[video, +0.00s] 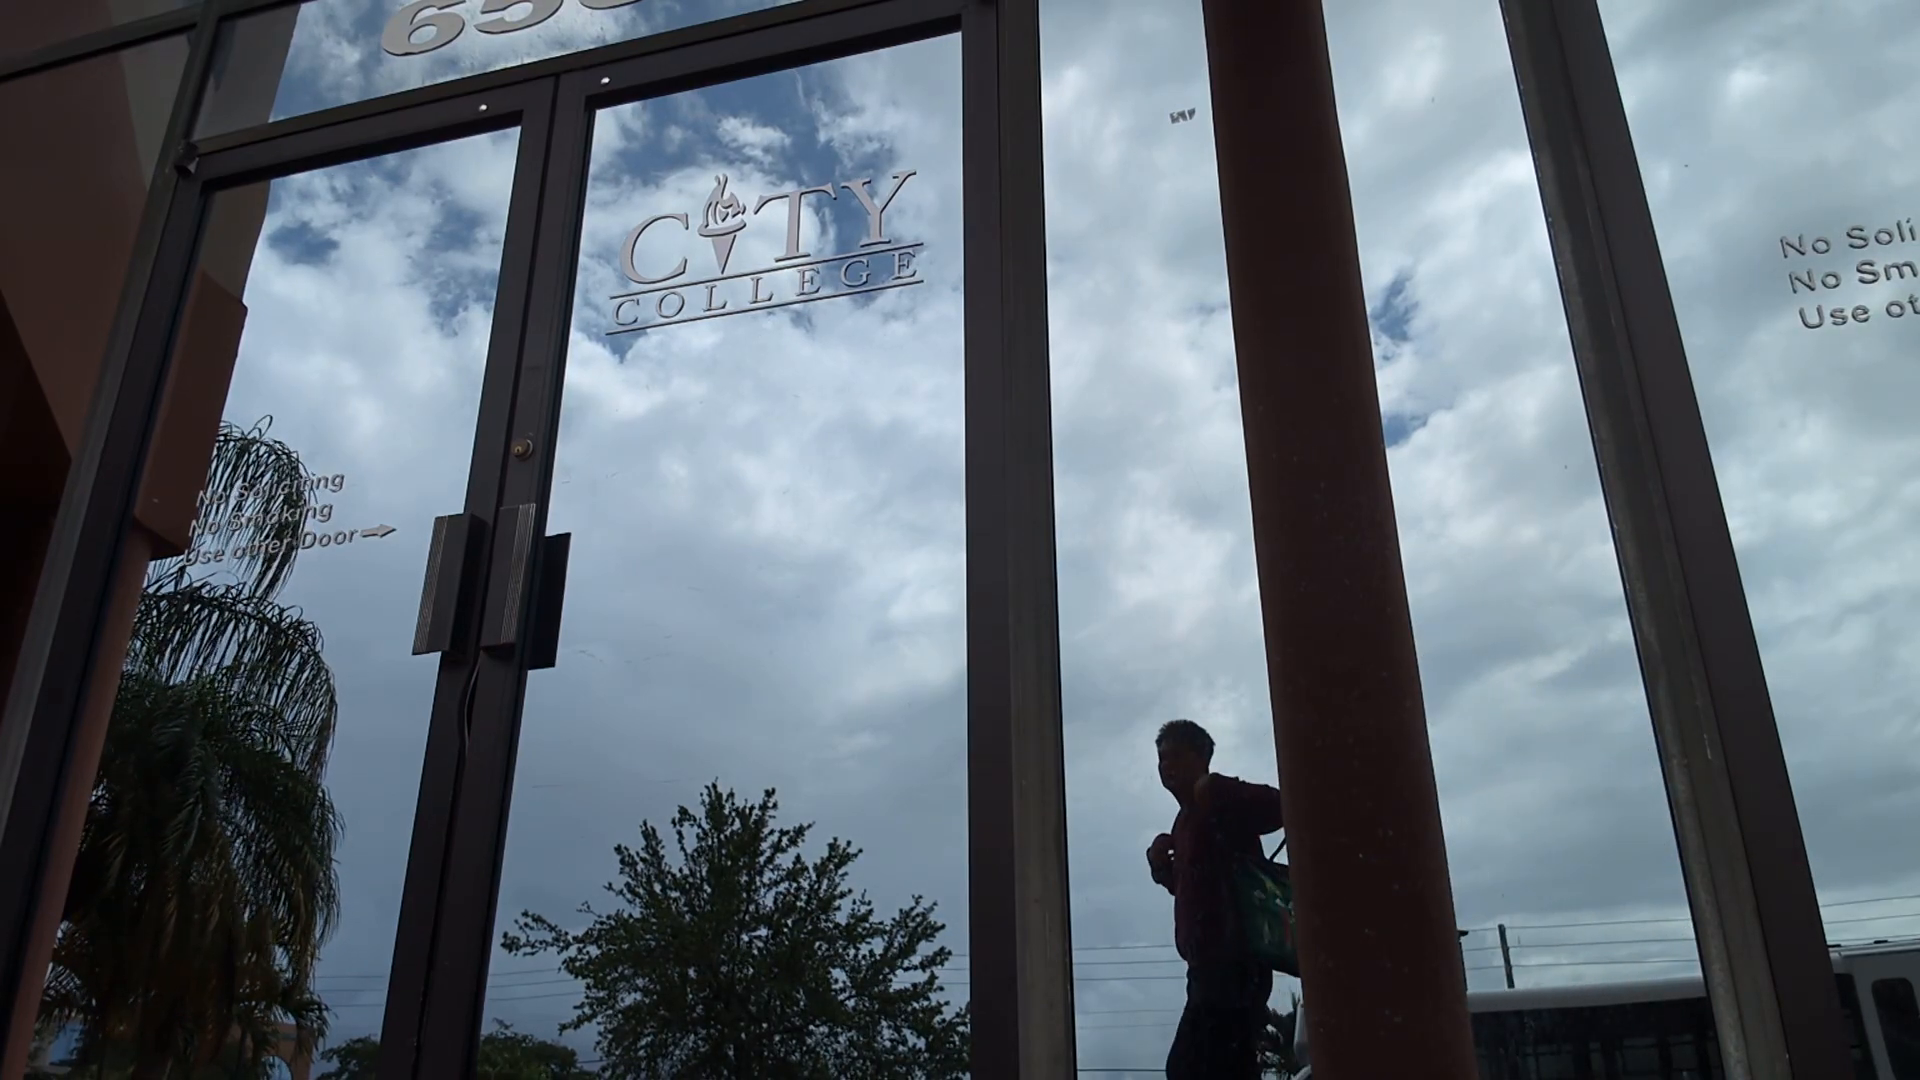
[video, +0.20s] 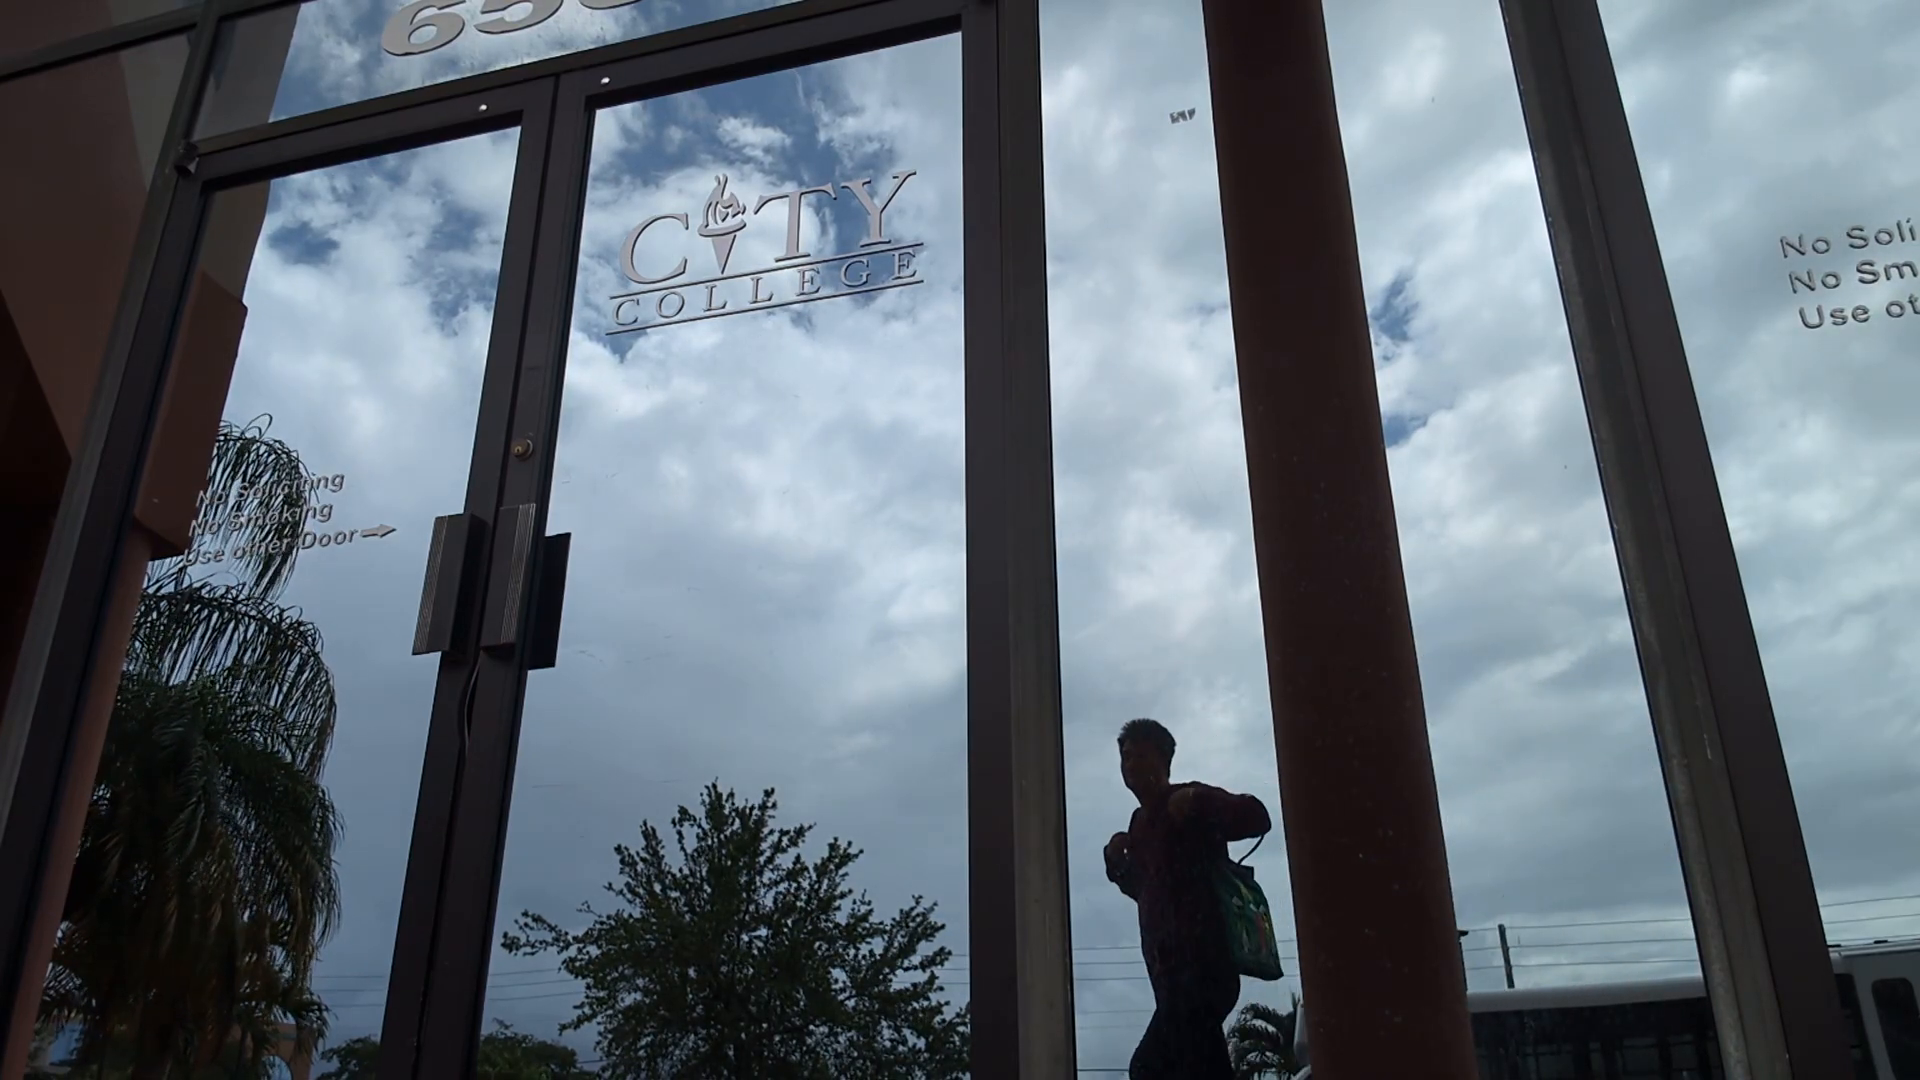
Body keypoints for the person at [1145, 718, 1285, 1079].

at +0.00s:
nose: (1164, 765)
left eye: (1174, 755)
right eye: (1161, 757)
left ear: (1202, 758)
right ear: (1158, 763)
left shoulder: (1223, 801)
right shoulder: (1184, 821)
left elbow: (1282, 808)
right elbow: (1193, 887)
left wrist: (1222, 786)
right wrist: (1162, 868)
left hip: (1236, 967)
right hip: (1208, 967)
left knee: (1185, 1066)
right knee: (1231, 1069)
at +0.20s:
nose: (1128, 766)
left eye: (1138, 756)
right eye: (1124, 757)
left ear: (1164, 759)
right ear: (1121, 763)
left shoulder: (1191, 800)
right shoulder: (1139, 822)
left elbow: (1259, 819)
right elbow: (1142, 890)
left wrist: (1200, 801)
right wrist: (1116, 862)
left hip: (1207, 971)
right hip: (1169, 973)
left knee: (1147, 1066)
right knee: (1210, 1072)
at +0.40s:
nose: (1093, 756)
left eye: (1103, 747)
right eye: (1088, 748)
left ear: (1127, 752)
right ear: (1084, 754)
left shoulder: (1155, 793)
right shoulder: (1095, 815)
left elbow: (1221, 821)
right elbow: (1099, 883)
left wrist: (1163, 802)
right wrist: (1073, 854)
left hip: (1167, 958)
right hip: (1125, 960)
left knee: (1121, 1061)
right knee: (1154, 1062)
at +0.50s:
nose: (1080, 747)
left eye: (1090, 738)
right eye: (1074, 738)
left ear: (1112, 743)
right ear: (1068, 743)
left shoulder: (1137, 786)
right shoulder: (1075, 807)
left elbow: (1204, 815)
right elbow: (1066, 875)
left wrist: (1146, 798)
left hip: (1148, 959)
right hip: (1104, 959)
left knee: (1118, 1061)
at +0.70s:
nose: (1060, 740)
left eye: (1068, 730)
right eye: (1054, 729)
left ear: (1083, 735)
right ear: (1041, 731)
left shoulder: (1107, 778)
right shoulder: (1029, 787)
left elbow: (1175, 811)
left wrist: (1120, 796)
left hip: (1112, 952)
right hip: (1052, 953)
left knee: (1107, 1066)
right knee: (1044, 1059)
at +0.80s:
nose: (1050, 735)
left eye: (1057, 726)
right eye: (1043, 724)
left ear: (1069, 731)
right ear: (1028, 727)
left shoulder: (1089, 775)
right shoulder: (1016, 780)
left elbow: (1159, 814)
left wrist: (1100, 801)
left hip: (1096, 943)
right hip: (1035, 941)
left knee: (1095, 1056)